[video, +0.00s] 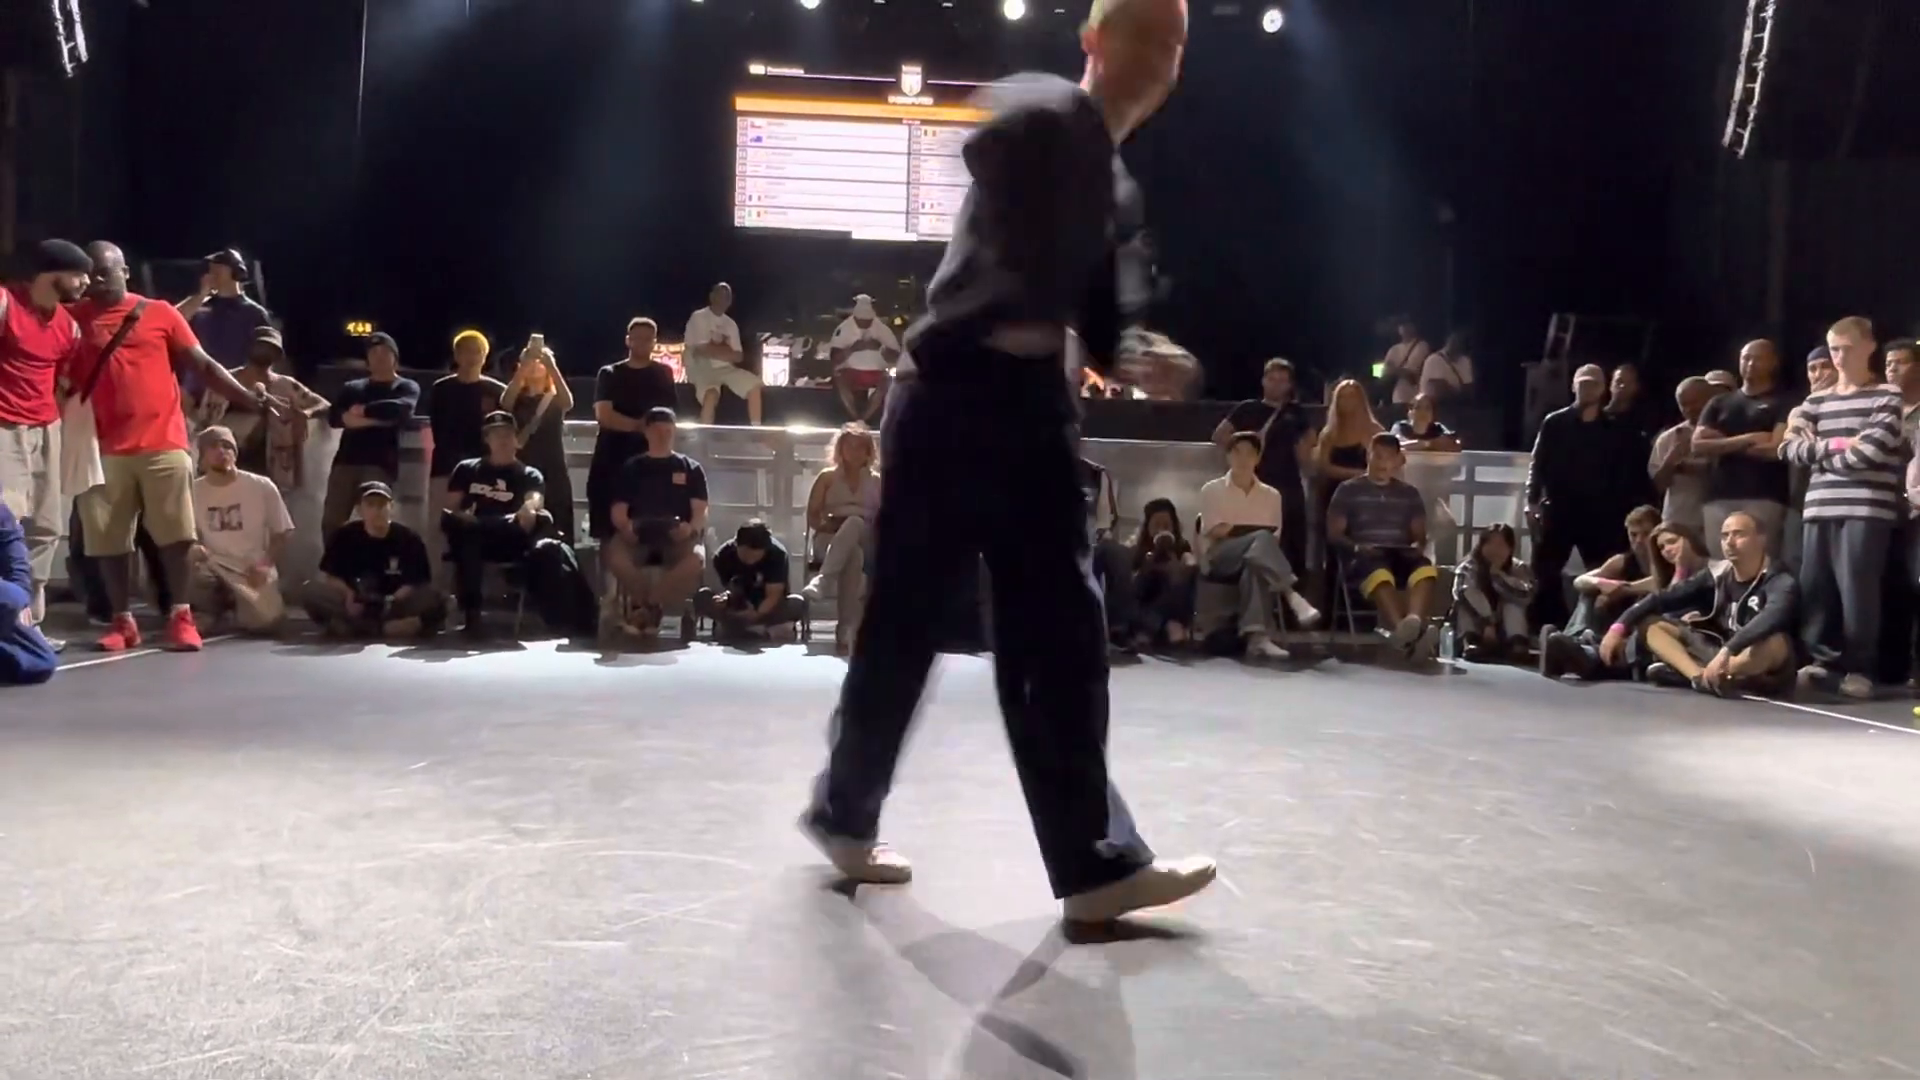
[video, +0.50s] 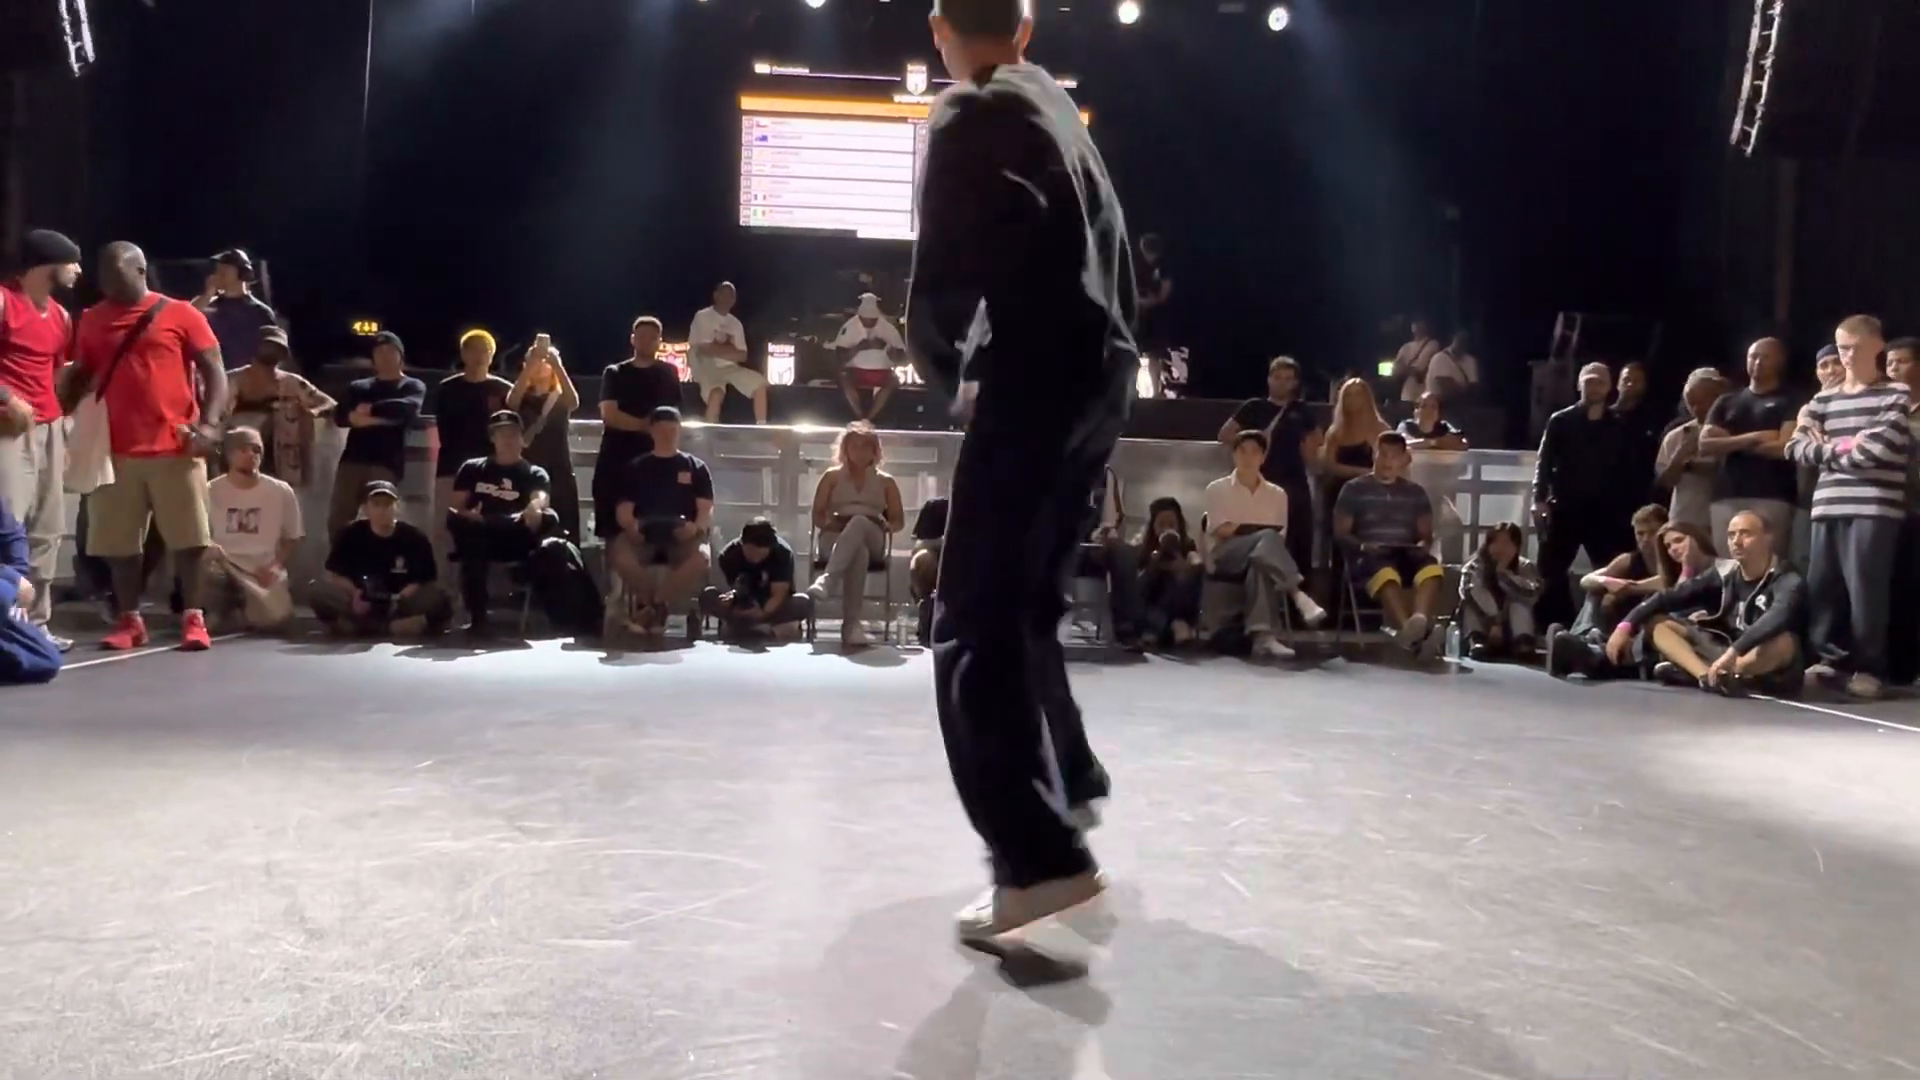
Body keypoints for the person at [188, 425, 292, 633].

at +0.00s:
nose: (222, 451)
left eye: (227, 446)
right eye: (214, 446)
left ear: (235, 453)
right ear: (202, 456)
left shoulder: (263, 487)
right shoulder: (191, 491)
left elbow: (281, 535)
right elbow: (186, 532)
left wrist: (266, 565)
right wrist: (194, 548)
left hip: (252, 569)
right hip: (212, 564)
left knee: (266, 619)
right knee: (191, 557)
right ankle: (206, 613)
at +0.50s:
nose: (251, 456)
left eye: (256, 450)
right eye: (244, 450)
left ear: (262, 455)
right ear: (229, 454)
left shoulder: (281, 491)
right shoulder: (211, 491)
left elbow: (291, 537)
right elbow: (201, 533)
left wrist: (275, 567)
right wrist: (211, 549)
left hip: (264, 569)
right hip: (225, 565)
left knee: (276, 617)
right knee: (209, 557)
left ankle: (237, 613)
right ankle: (211, 617)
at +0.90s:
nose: (258, 456)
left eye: (264, 450)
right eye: (251, 450)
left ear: (269, 455)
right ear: (237, 455)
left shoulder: (291, 490)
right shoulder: (222, 489)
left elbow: (304, 536)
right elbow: (210, 531)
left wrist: (281, 566)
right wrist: (222, 551)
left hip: (271, 570)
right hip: (233, 565)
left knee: (279, 617)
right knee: (220, 555)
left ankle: (252, 609)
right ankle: (216, 615)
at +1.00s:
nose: (259, 454)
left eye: (265, 449)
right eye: (252, 449)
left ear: (270, 454)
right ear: (238, 454)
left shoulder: (292, 488)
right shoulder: (224, 487)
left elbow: (306, 535)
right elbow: (212, 527)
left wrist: (281, 565)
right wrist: (222, 550)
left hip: (272, 568)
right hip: (234, 563)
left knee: (280, 616)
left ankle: (253, 605)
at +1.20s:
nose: (262, 452)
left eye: (268, 446)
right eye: (255, 445)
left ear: (273, 451)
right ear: (240, 449)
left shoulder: (294, 486)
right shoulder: (226, 483)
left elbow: (308, 530)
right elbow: (215, 524)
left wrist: (283, 562)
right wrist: (224, 548)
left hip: (273, 565)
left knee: (284, 612)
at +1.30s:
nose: (264, 451)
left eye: (270, 445)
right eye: (255, 445)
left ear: (275, 449)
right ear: (242, 448)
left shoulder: (297, 485)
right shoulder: (228, 482)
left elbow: (311, 530)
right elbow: (217, 523)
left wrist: (286, 561)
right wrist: (225, 545)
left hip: (275, 565)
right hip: (238, 560)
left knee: (288, 610)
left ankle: (249, 606)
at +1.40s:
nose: (266, 447)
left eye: (271, 441)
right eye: (258, 440)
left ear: (276, 446)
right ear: (244, 445)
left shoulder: (297, 483)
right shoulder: (228, 480)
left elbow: (311, 528)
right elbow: (216, 519)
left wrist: (287, 558)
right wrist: (226, 546)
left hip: (276, 563)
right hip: (238, 559)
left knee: (289, 608)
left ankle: (250, 604)